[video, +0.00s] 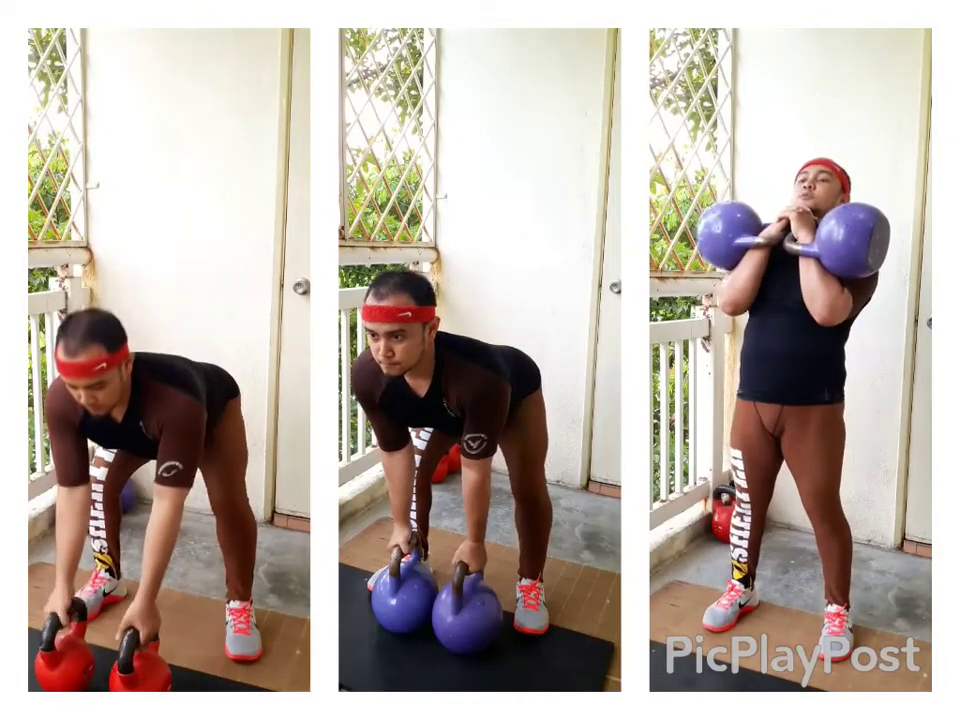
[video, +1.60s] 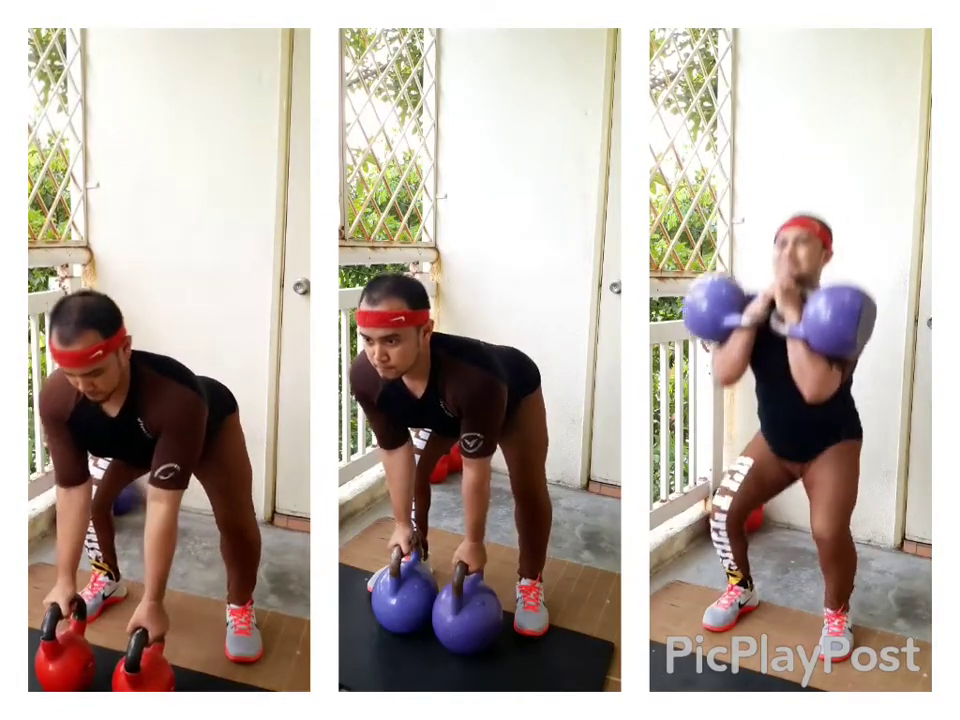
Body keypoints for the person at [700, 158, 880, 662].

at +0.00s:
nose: (807, 182)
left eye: (821, 178)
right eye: (802, 177)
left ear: (844, 199)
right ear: (790, 194)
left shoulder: (853, 256)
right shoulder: (767, 247)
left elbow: (828, 312)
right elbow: (729, 303)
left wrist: (804, 241)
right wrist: (765, 240)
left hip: (813, 408)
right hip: (752, 401)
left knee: (824, 513)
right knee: (749, 503)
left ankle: (836, 609)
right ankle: (740, 587)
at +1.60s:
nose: (790, 251)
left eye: (803, 244)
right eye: (783, 243)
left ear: (825, 256)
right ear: (772, 253)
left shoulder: (835, 315)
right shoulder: (752, 307)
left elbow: (816, 388)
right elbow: (725, 374)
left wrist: (791, 316)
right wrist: (751, 318)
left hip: (832, 443)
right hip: (774, 440)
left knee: (829, 534)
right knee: (724, 511)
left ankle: (836, 615)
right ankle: (740, 587)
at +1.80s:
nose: (787, 311)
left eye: (800, 302)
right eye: (779, 302)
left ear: (821, 315)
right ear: (770, 311)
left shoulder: (831, 370)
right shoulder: (750, 365)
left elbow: (817, 452)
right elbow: (723, 434)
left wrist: (788, 379)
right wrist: (750, 379)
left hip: (830, 480)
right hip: (773, 477)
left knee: (826, 544)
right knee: (716, 522)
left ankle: (836, 615)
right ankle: (741, 589)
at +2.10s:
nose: (783, 366)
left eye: (796, 356)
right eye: (776, 356)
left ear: (818, 366)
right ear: (768, 364)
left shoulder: (832, 422)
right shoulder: (750, 412)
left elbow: (816, 506)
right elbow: (721, 487)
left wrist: (787, 438)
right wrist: (747, 436)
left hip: (818, 534)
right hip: (766, 530)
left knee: (829, 553)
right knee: (713, 529)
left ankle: (835, 616)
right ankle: (740, 590)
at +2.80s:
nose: (790, 220)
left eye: (803, 212)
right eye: (783, 212)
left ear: (825, 227)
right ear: (772, 224)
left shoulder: (833, 290)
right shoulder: (754, 283)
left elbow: (818, 369)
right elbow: (728, 352)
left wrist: (790, 299)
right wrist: (747, 298)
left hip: (830, 427)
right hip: (773, 423)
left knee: (833, 528)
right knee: (728, 501)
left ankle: (837, 615)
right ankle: (739, 586)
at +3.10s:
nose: (806, 175)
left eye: (820, 169)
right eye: (800, 169)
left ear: (844, 187)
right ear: (789, 184)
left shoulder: (850, 245)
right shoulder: (767, 236)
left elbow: (822, 308)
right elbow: (738, 302)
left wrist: (802, 237)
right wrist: (763, 237)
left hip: (817, 404)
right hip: (759, 398)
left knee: (825, 509)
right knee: (750, 500)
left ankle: (836, 610)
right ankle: (740, 586)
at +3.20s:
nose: (810, 180)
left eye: (824, 175)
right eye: (803, 175)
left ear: (847, 195)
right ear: (791, 190)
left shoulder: (854, 254)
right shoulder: (769, 241)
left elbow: (824, 311)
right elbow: (738, 304)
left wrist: (805, 239)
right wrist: (766, 238)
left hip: (814, 407)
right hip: (755, 399)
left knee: (824, 511)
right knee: (749, 502)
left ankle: (836, 609)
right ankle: (740, 586)